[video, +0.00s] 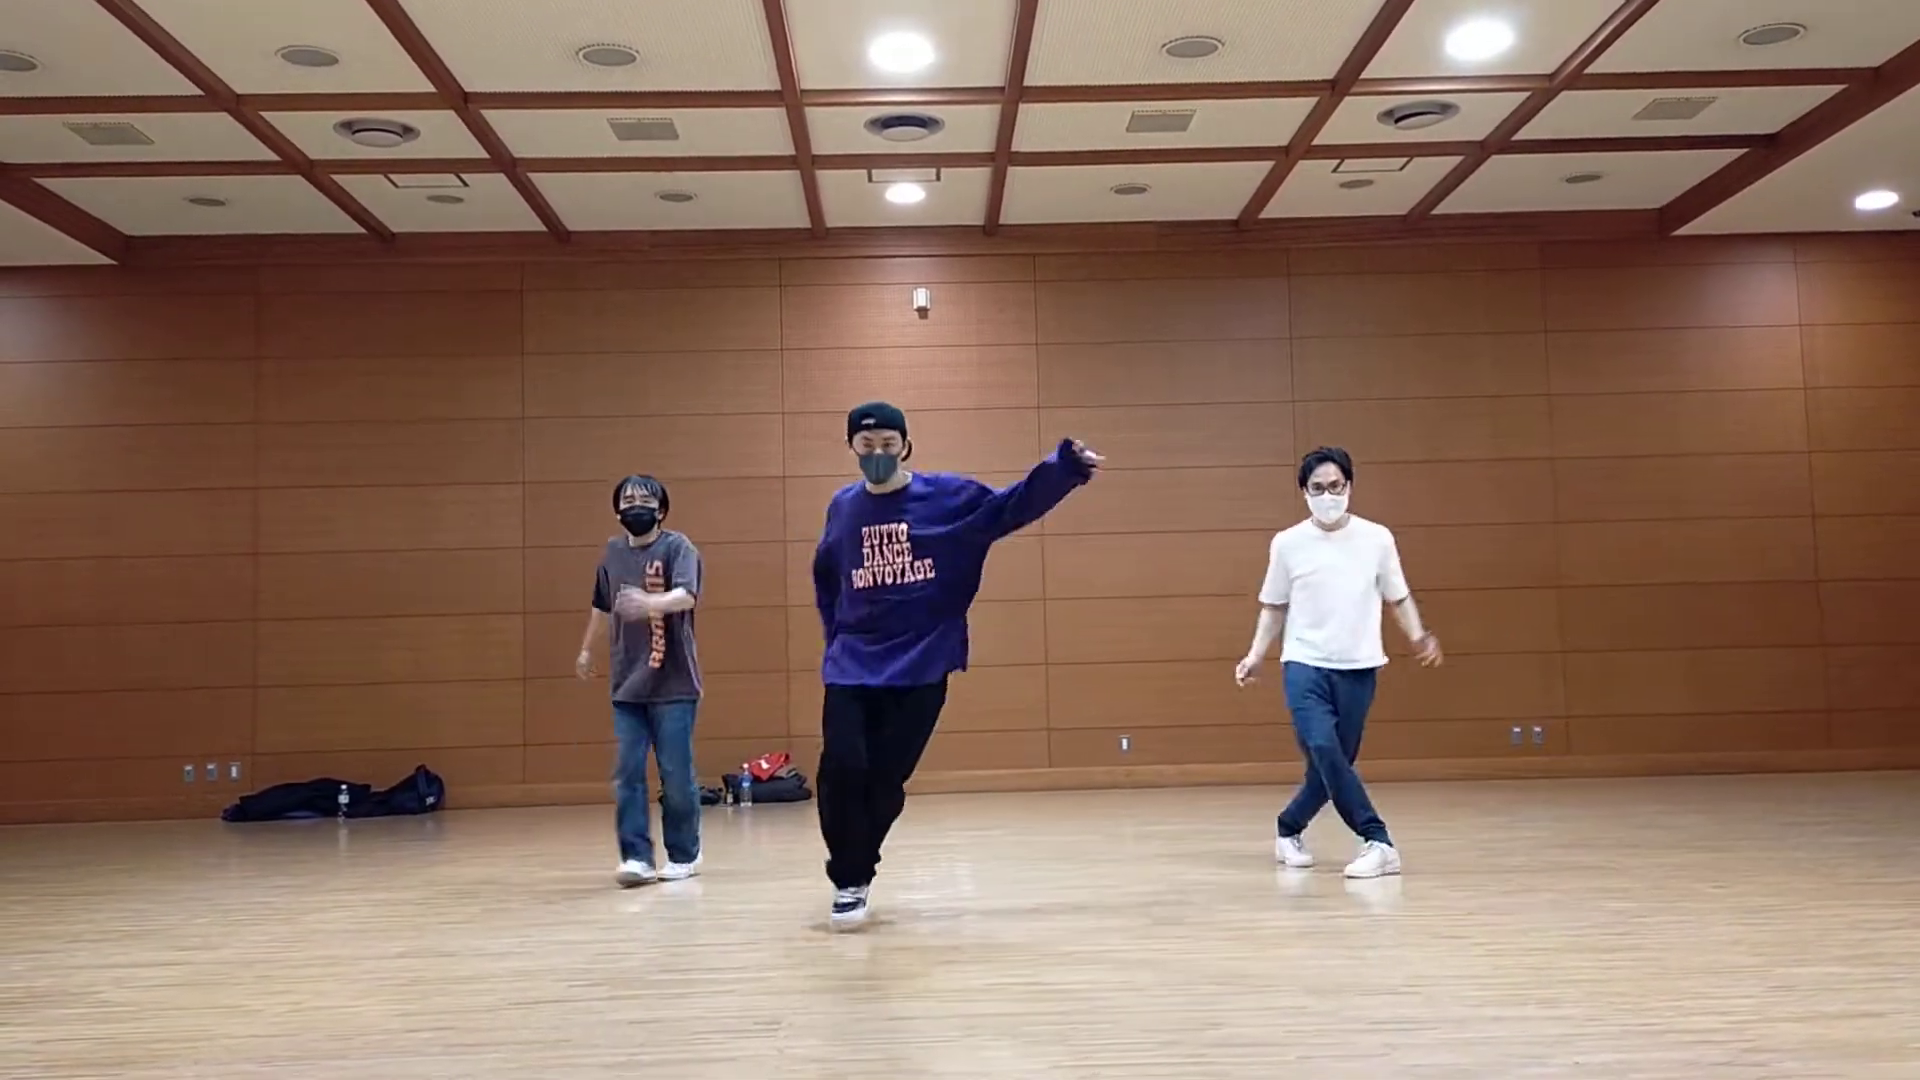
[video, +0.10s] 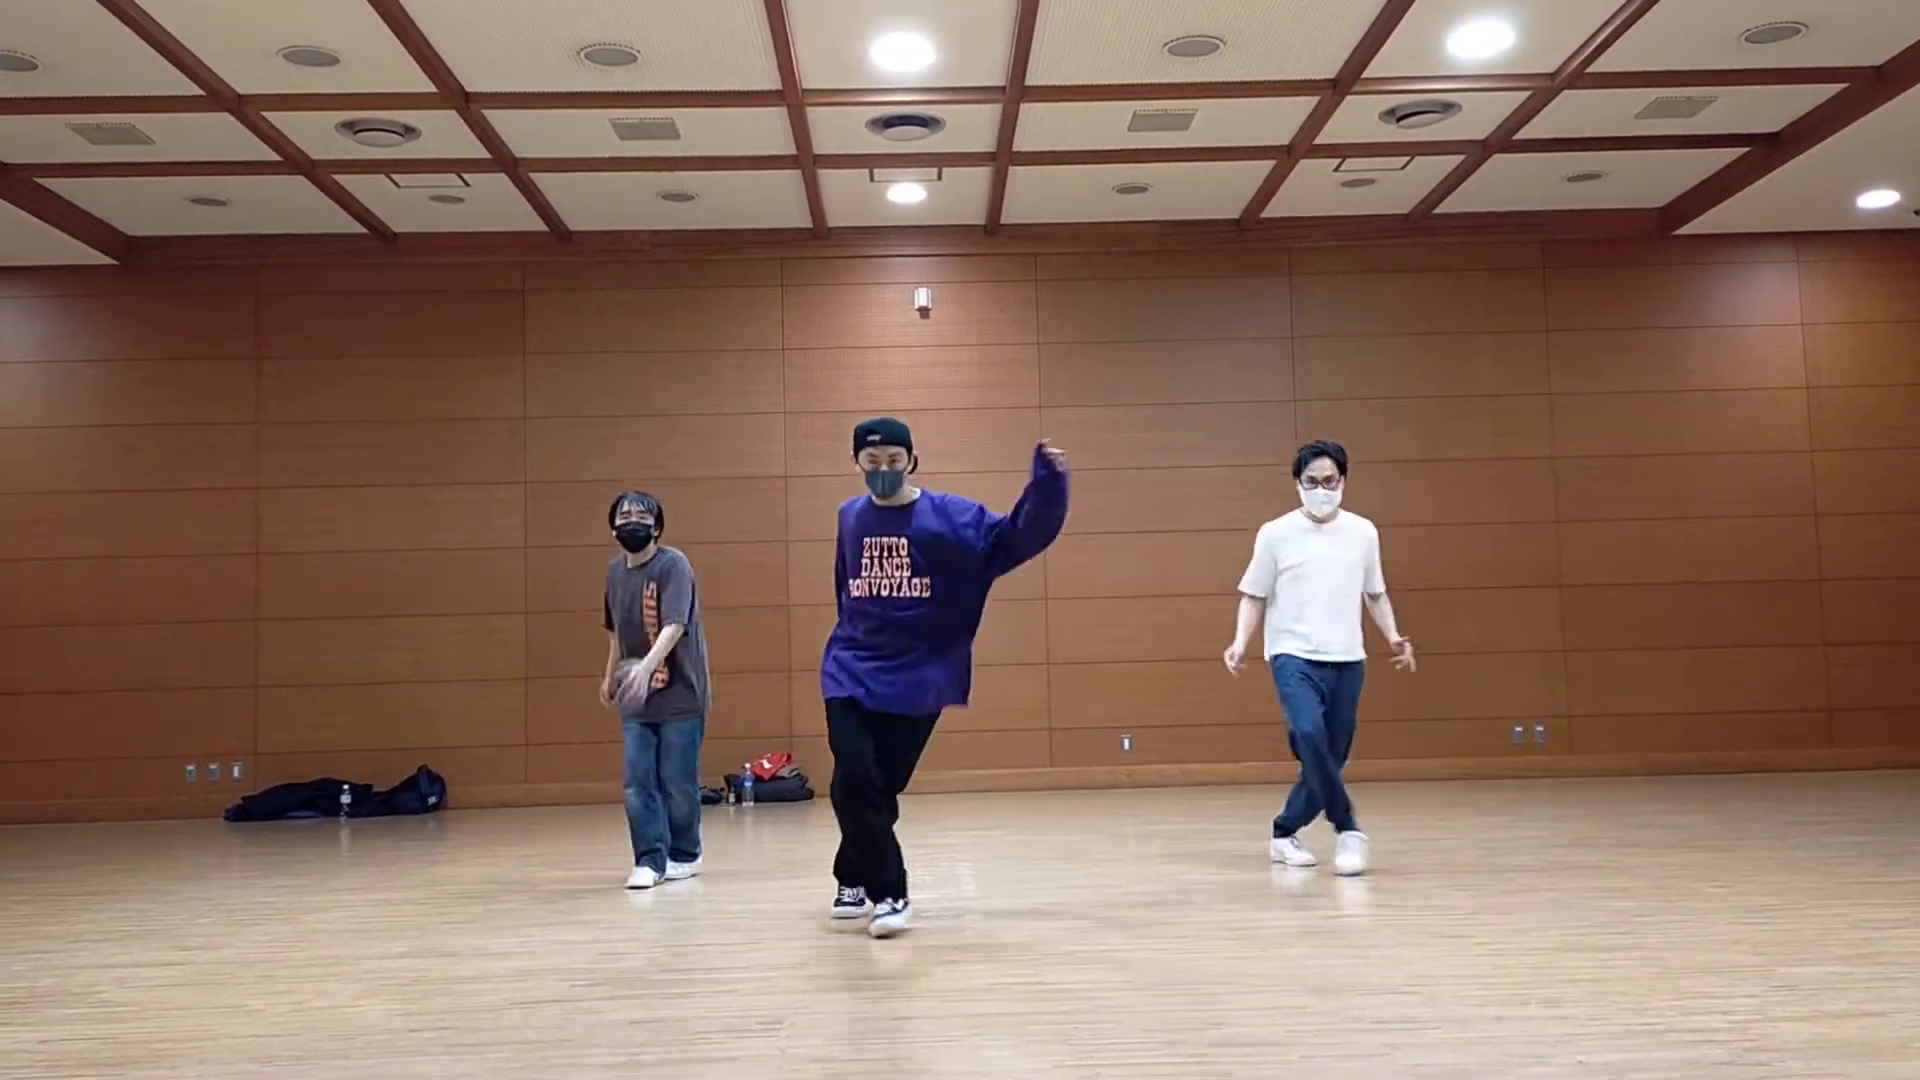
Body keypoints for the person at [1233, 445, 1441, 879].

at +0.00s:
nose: (1329, 495)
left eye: (1337, 486)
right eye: (1319, 487)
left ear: (1350, 489)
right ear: (1305, 493)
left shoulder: (1377, 539)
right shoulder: (1286, 544)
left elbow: (1399, 598)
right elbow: (1273, 608)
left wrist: (1418, 636)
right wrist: (1255, 654)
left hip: (1359, 669)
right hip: (1305, 666)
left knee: (1336, 763)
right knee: (1322, 748)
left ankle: (1288, 829)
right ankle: (1378, 842)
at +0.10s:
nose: (1322, 488)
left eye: (1330, 480)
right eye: (1312, 481)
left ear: (1343, 483)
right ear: (1298, 485)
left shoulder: (1363, 532)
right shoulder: (1274, 534)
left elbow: (1376, 595)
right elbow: (1254, 595)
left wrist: (1394, 637)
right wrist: (1240, 641)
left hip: (1347, 659)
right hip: (1293, 655)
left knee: (1331, 755)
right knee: (1307, 733)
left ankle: (1283, 833)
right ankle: (1348, 831)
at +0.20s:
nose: (1305, 476)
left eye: (1313, 468)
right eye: (1295, 469)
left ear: (1325, 471)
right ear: (1279, 472)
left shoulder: (1345, 515)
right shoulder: (1258, 525)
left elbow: (1364, 573)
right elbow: (1241, 583)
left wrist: (1385, 624)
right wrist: (1233, 615)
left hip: (1345, 645)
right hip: (1290, 647)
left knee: (1331, 747)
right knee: (1301, 727)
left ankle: (1301, 826)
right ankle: (1294, 831)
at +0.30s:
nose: (1291, 477)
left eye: (1298, 468)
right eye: (1281, 469)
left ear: (1309, 471)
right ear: (1264, 474)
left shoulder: (1333, 511)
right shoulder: (1248, 530)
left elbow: (1351, 564)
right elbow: (1234, 593)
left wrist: (1370, 611)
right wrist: (1249, 598)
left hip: (1341, 642)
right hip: (1286, 651)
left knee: (1345, 742)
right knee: (1283, 738)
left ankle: (1343, 821)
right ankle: (1274, 838)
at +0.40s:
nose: (1288, 478)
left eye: (1294, 471)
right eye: (1278, 472)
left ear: (1304, 476)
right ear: (1260, 479)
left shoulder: (1326, 513)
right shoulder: (1245, 537)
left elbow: (1342, 561)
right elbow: (1249, 605)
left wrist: (1353, 602)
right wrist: (1265, 574)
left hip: (1332, 648)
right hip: (1281, 654)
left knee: (1335, 753)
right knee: (1278, 735)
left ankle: (1378, 819)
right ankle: (1274, 838)